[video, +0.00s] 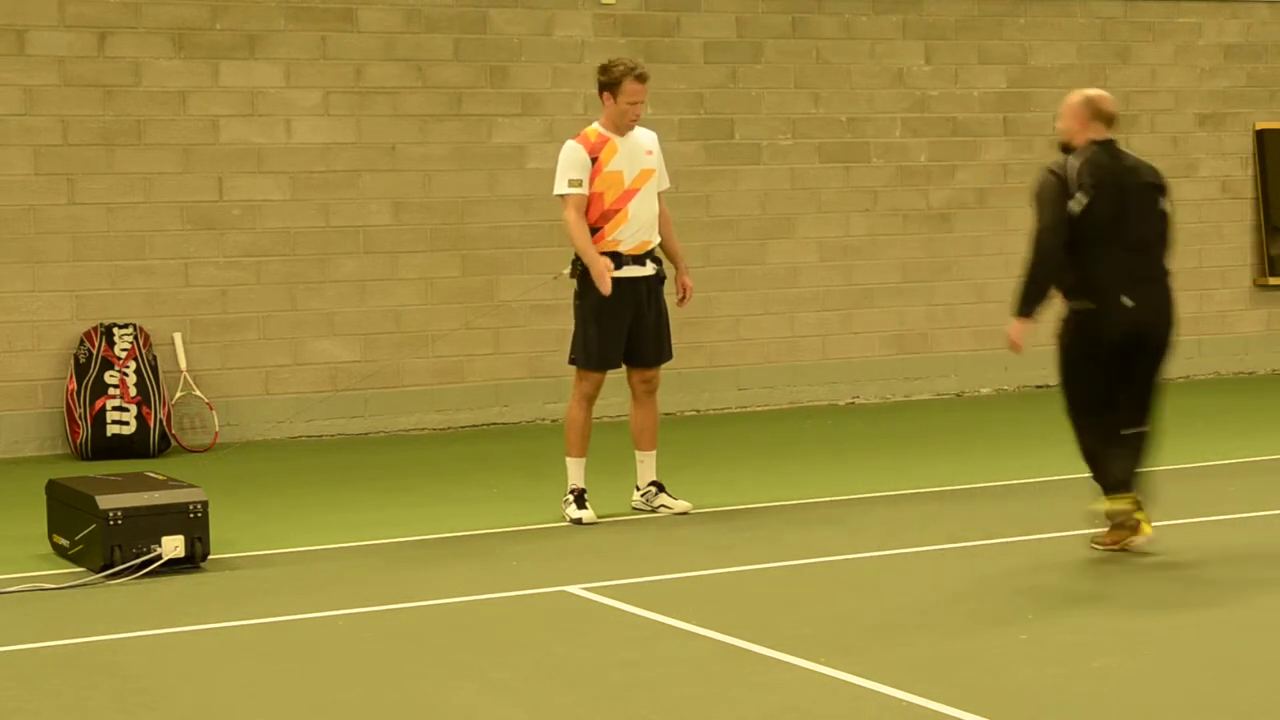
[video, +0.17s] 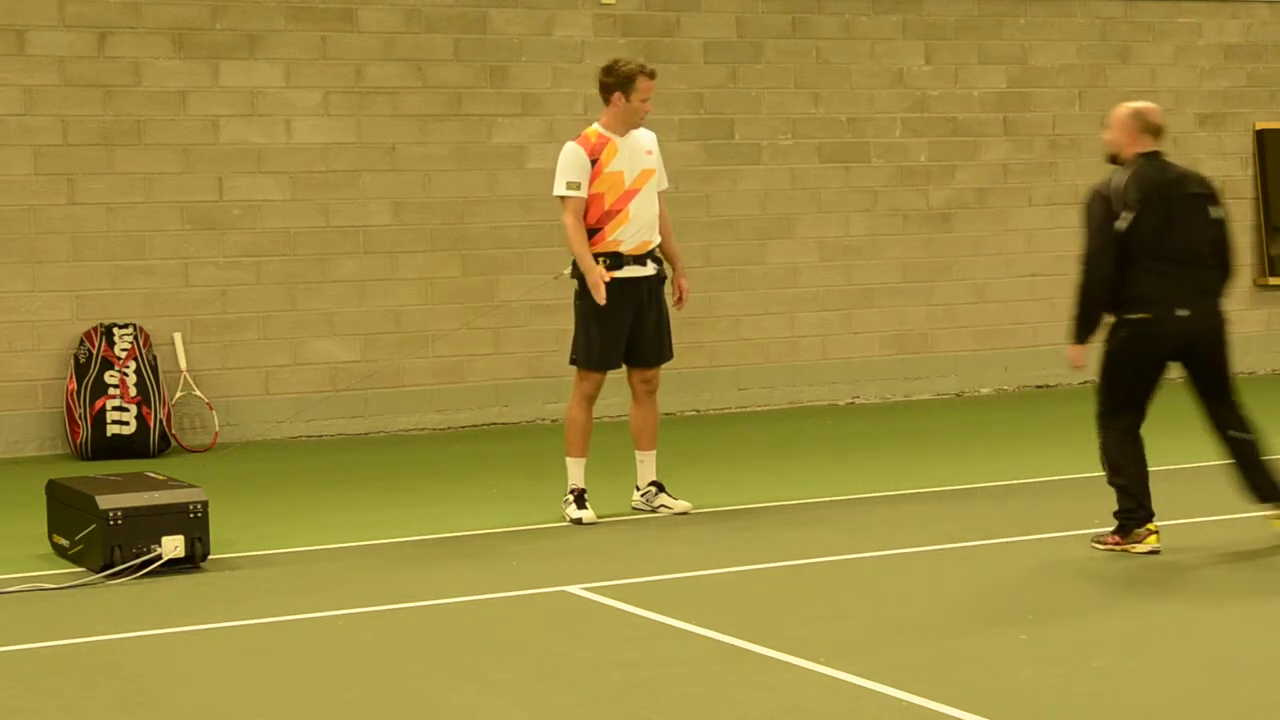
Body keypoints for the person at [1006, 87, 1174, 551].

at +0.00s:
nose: (1059, 126)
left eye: (1065, 118)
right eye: (1061, 117)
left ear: (1085, 122)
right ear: (1106, 122)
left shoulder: (1063, 176)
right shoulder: (1147, 175)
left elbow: (1050, 246)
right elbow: (1156, 245)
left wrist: (1024, 310)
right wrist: (1130, 286)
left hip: (1092, 318)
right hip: (1151, 315)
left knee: (1087, 408)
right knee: (1132, 408)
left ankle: (1125, 508)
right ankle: (1123, 511)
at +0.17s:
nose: (1104, 137)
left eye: (1110, 129)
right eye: (1107, 128)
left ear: (1133, 134)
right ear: (1153, 135)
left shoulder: (1112, 192)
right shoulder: (1199, 185)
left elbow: (1100, 270)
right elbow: (1222, 259)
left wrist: (1080, 334)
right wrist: (1201, 301)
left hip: (1141, 327)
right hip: (1201, 322)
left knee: (1118, 418)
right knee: (1224, 407)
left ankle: (1136, 524)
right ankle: (1272, 496)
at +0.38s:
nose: (1160, 155)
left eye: (1166, 148)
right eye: (1162, 147)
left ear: (1186, 155)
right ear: (1205, 156)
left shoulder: (1165, 212)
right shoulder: (1253, 201)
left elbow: (1160, 285)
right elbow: (1273, 267)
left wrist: (1160, 338)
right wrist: (1263, 315)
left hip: (1204, 337)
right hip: (1265, 336)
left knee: (1154, 420)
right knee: (1274, 424)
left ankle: (1141, 522)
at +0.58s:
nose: (1164, 150)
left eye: (1170, 142)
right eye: (1167, 142)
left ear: (1189, 148)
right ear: (1210, 149)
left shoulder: (1172, 204)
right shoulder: (1260, 193)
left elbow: (1163, 279)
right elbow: (1274, 261)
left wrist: (1162, 332)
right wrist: (1262, 309)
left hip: (1206, 331)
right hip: (1266, 331)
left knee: (1147, 418)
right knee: (1274, 424)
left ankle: (1139, 524)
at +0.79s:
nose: (1126, 144)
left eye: (1133, 136)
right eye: (1129, 136)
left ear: (1154, 143)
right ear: (1171, 145)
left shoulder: (1136, 200)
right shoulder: (1218, 191)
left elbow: (1128, 274)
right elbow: (1249, 264)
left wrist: (1110, 327)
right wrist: (1240, 312)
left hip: (1168, 331)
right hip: (1226, 329)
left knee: (1123, 421)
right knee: (1264, 420)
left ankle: (1136, 526)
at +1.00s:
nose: (1084, 128)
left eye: (1090, 119)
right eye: (1086, 119)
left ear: (1110, 123)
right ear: (1131, 123)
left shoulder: (1093, 182)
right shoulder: (1180, 173)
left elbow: (1080, 260)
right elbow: (1196, 250)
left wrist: (1065, 328)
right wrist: (1173, 289)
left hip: (1125, 320)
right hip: (1185, 313)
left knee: (1116, 420)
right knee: (1190, 412)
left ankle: (1134, 526)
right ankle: (1218, 507)